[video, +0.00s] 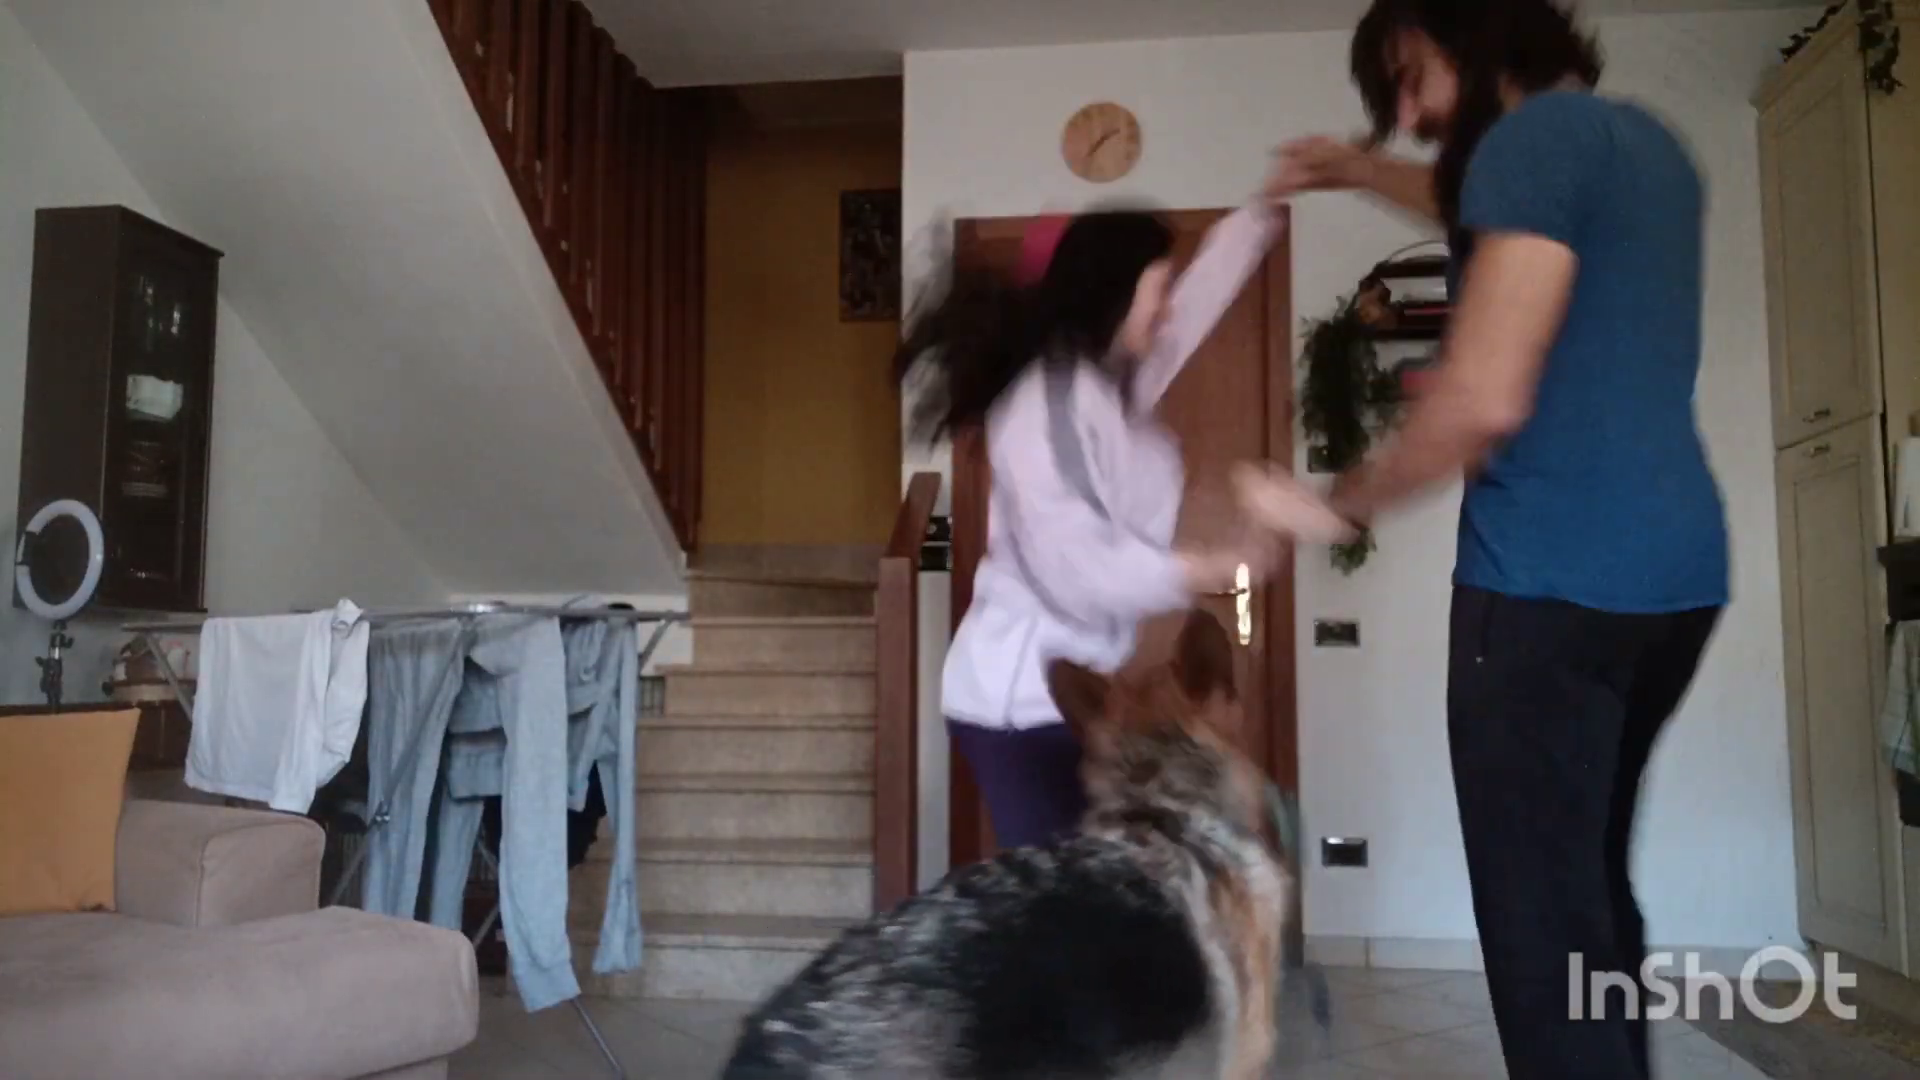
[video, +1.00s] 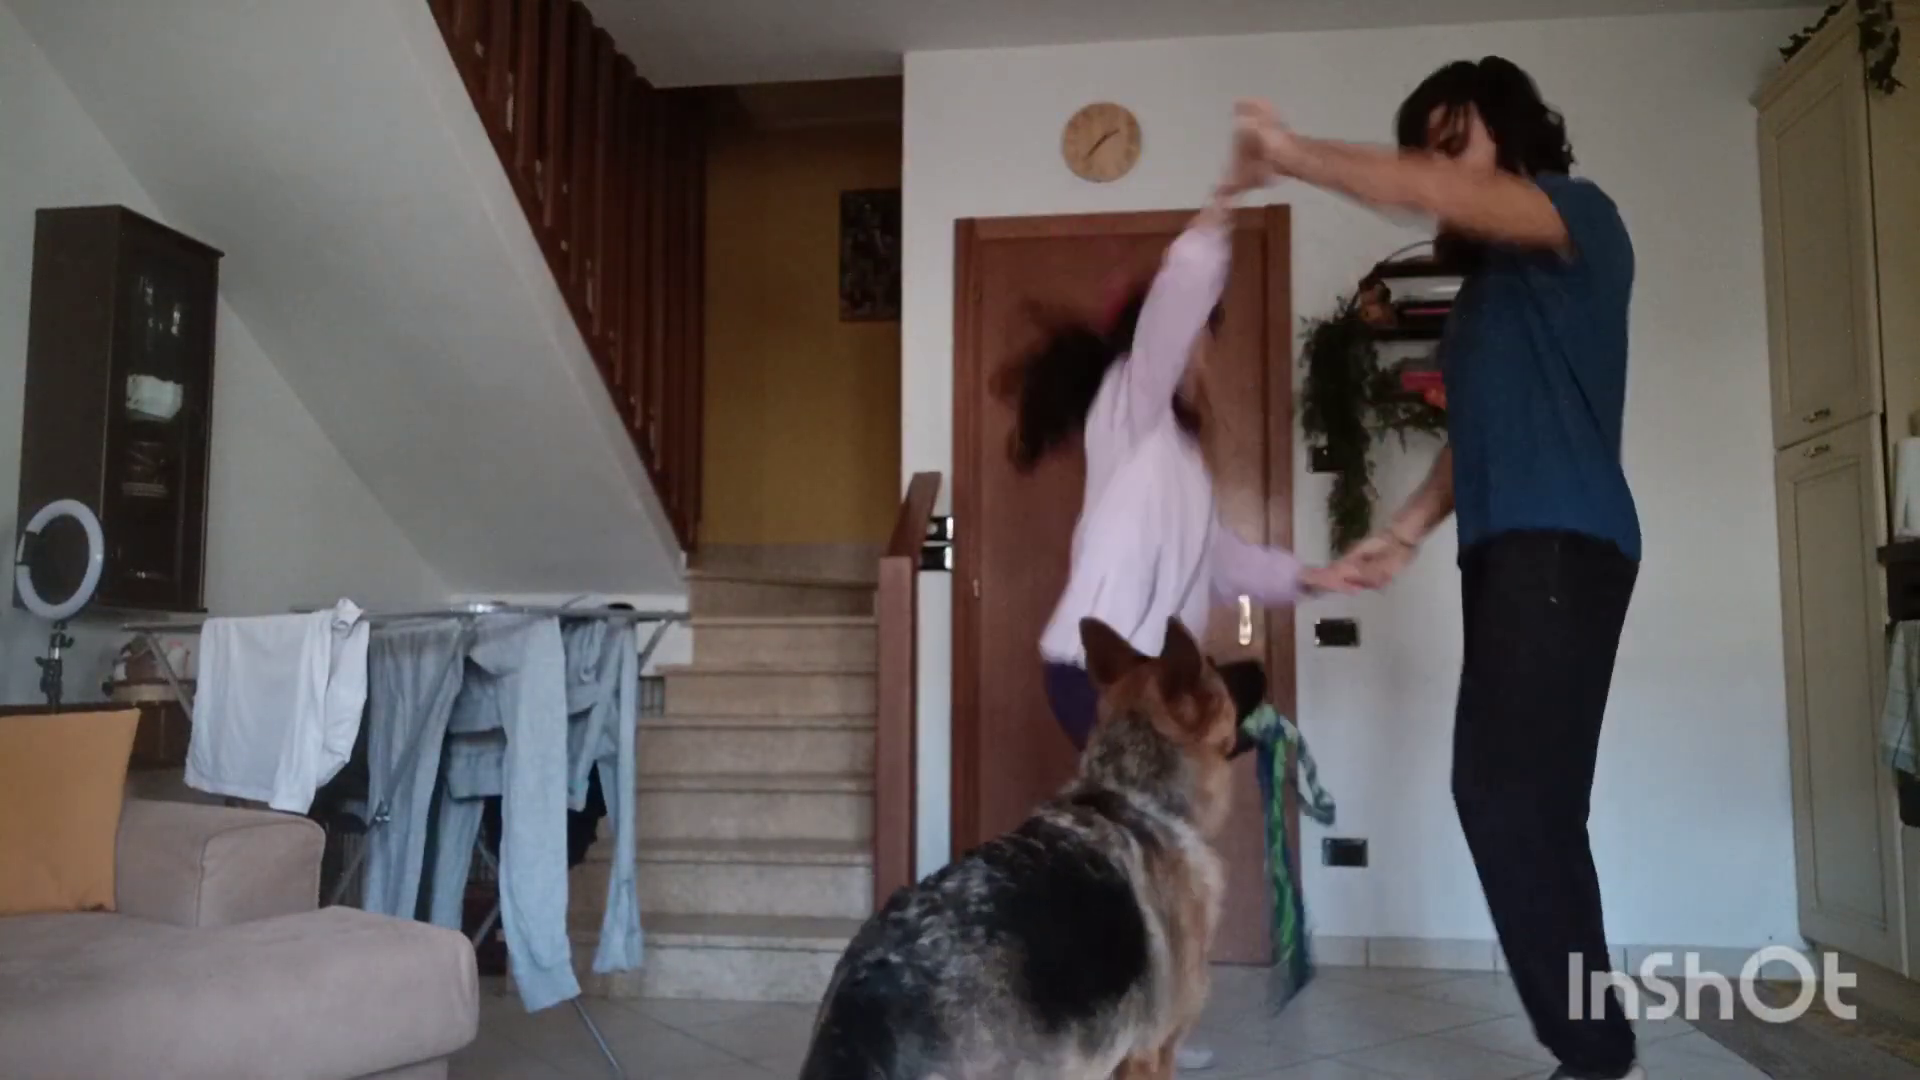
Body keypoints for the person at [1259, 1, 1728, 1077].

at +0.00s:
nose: (1409, 109)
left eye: (1413, 74)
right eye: (1396, 89)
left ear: (1476, 38)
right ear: (1529, 35)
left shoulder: (1537, 146)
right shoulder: (1650, 145)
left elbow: (1483, 397)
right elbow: (1511, 212)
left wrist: (1343, 503)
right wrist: (1367, 172)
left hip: (1549, 581)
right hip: (1661, 577)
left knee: (1533, 908)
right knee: (1588, 883)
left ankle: (1576, 1071)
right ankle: (1616, 1061)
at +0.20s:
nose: (1401, 142)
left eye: (1402, 105)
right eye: (1386, 121)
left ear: (1463, 63)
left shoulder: (1565, 159)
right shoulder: (1531, 176)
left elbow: (1554, 392)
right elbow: (1424, 260)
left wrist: (1423, 514)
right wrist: (1294, 193)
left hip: (1562, 559)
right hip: (1567, 554)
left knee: (1518, 867)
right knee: (1562, 861)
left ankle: (1580, 1067)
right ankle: (1597, 1062)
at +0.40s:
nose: (1422, 207)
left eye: (1436, 175)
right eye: (1409, 189)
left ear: (1497, 155)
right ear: (1410, 187)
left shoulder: (1584, 258)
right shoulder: (1493, 280)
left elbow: (1588, 462)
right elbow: (1367, 316)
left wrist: (1435, 550)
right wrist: (1238, 280)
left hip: (1575, 607)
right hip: (1526, 605)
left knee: (1536, 861)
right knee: (1501, 859)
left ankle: (1597, 1068)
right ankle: (1581, 1065)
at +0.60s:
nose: (1424, 162)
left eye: (1442, 131)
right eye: (1412, 145)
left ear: (1504, 111)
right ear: (1410, 150)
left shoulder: (1593, 215)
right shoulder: (1477, 247)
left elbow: (1604, 396)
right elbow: (1397, 364)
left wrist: (1456, 481)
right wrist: (1276, 421)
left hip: (1581, 558)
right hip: (1511, 560)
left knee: (1553, 829)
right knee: (1526, 827)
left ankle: (1607, 1064)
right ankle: (1597, 1060)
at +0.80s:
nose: (1432, 210)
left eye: (1451, 183)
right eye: (1422, 192)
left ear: (1509, 182)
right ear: (1419, 205)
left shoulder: (1582, 271)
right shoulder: (1486, 313)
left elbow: (1538, 388)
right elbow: (1447, 450)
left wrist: (1379, 323)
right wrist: (1337, 524)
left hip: (1574, 620)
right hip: (1505, 623)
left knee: (1540, 865)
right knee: (1508, 866)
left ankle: (1634, 1072)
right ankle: (1611, 1068)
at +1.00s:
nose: (1445, 170)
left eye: (1453, 142)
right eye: (1430, 157)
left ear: (1508, 122)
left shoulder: (1582, 215)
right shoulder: (1508, 269)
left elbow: (1437, 193)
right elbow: (1480, 429)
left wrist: (1290, 154)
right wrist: (1402, 531)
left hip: (1560, 544)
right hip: (1512, 551)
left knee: (1500, 787)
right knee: (1529, 796)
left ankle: (1593, 1051)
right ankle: (1590, 1048)